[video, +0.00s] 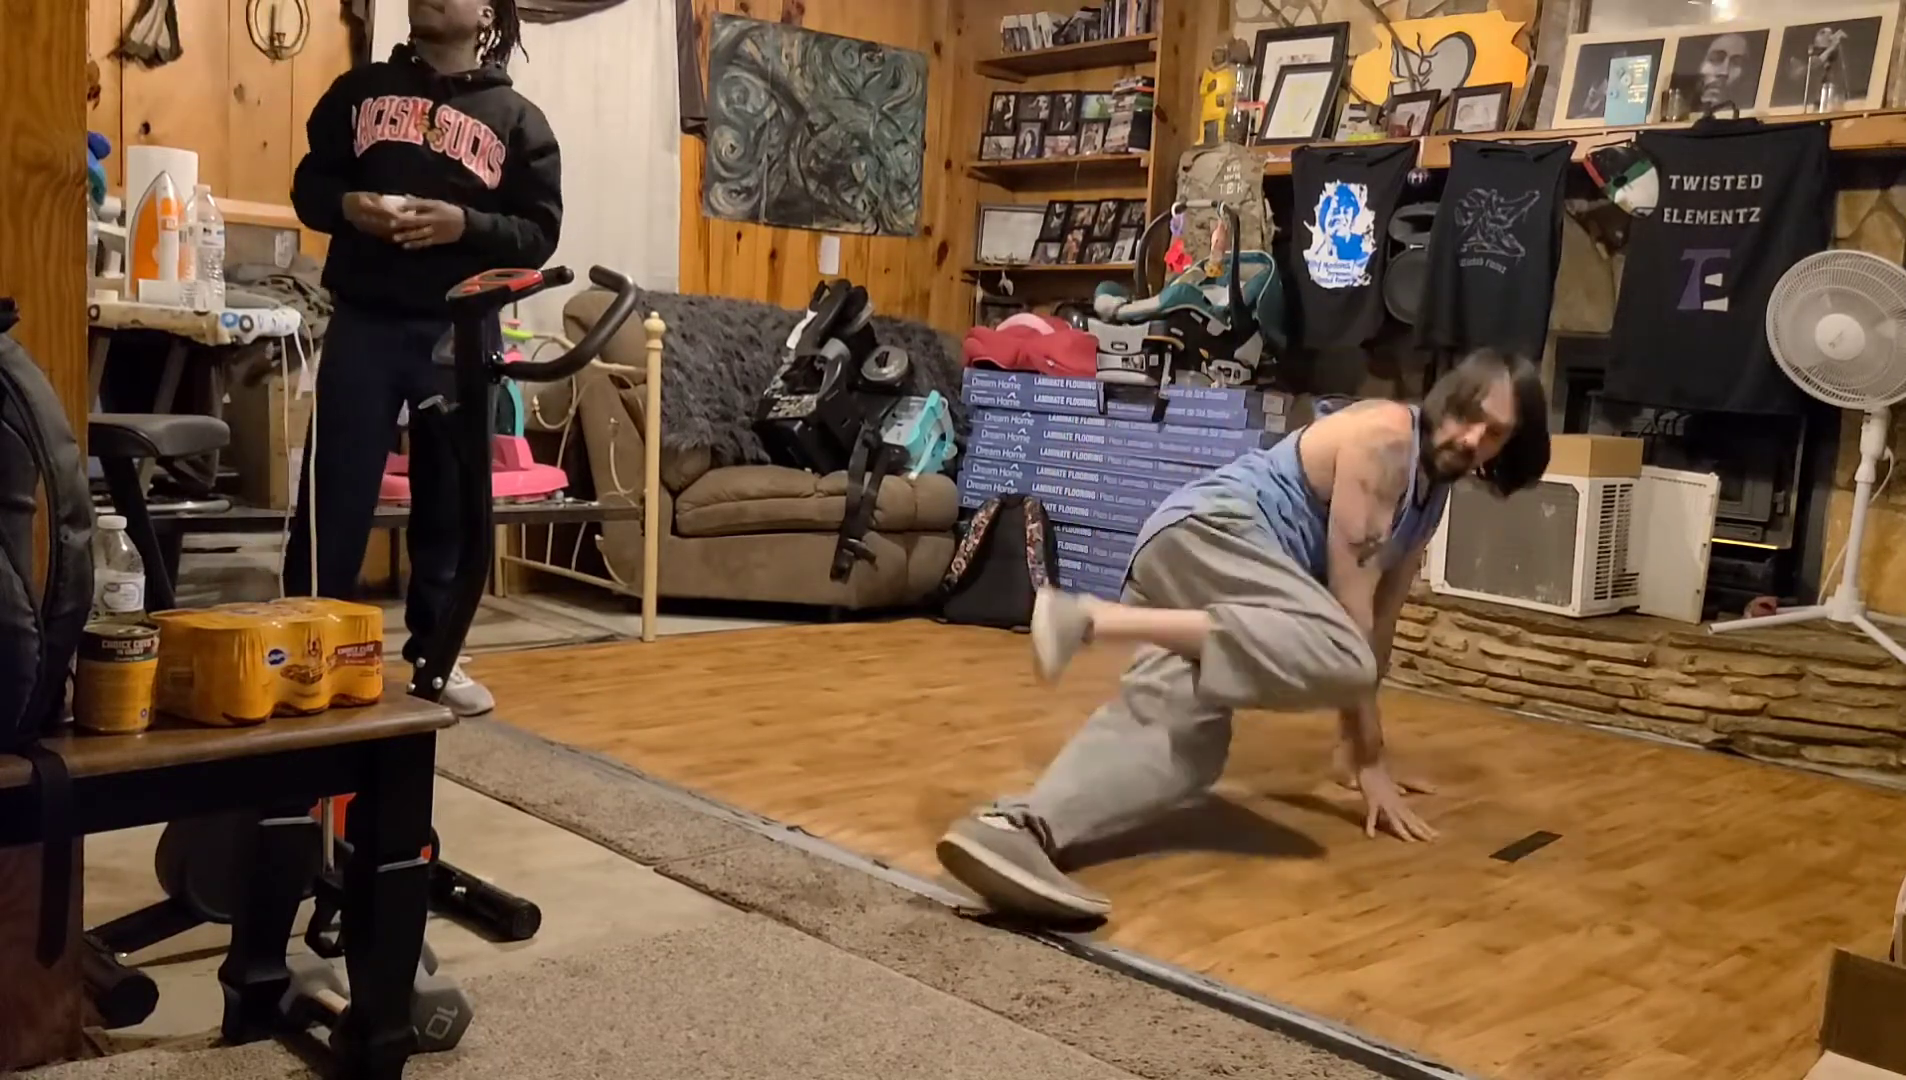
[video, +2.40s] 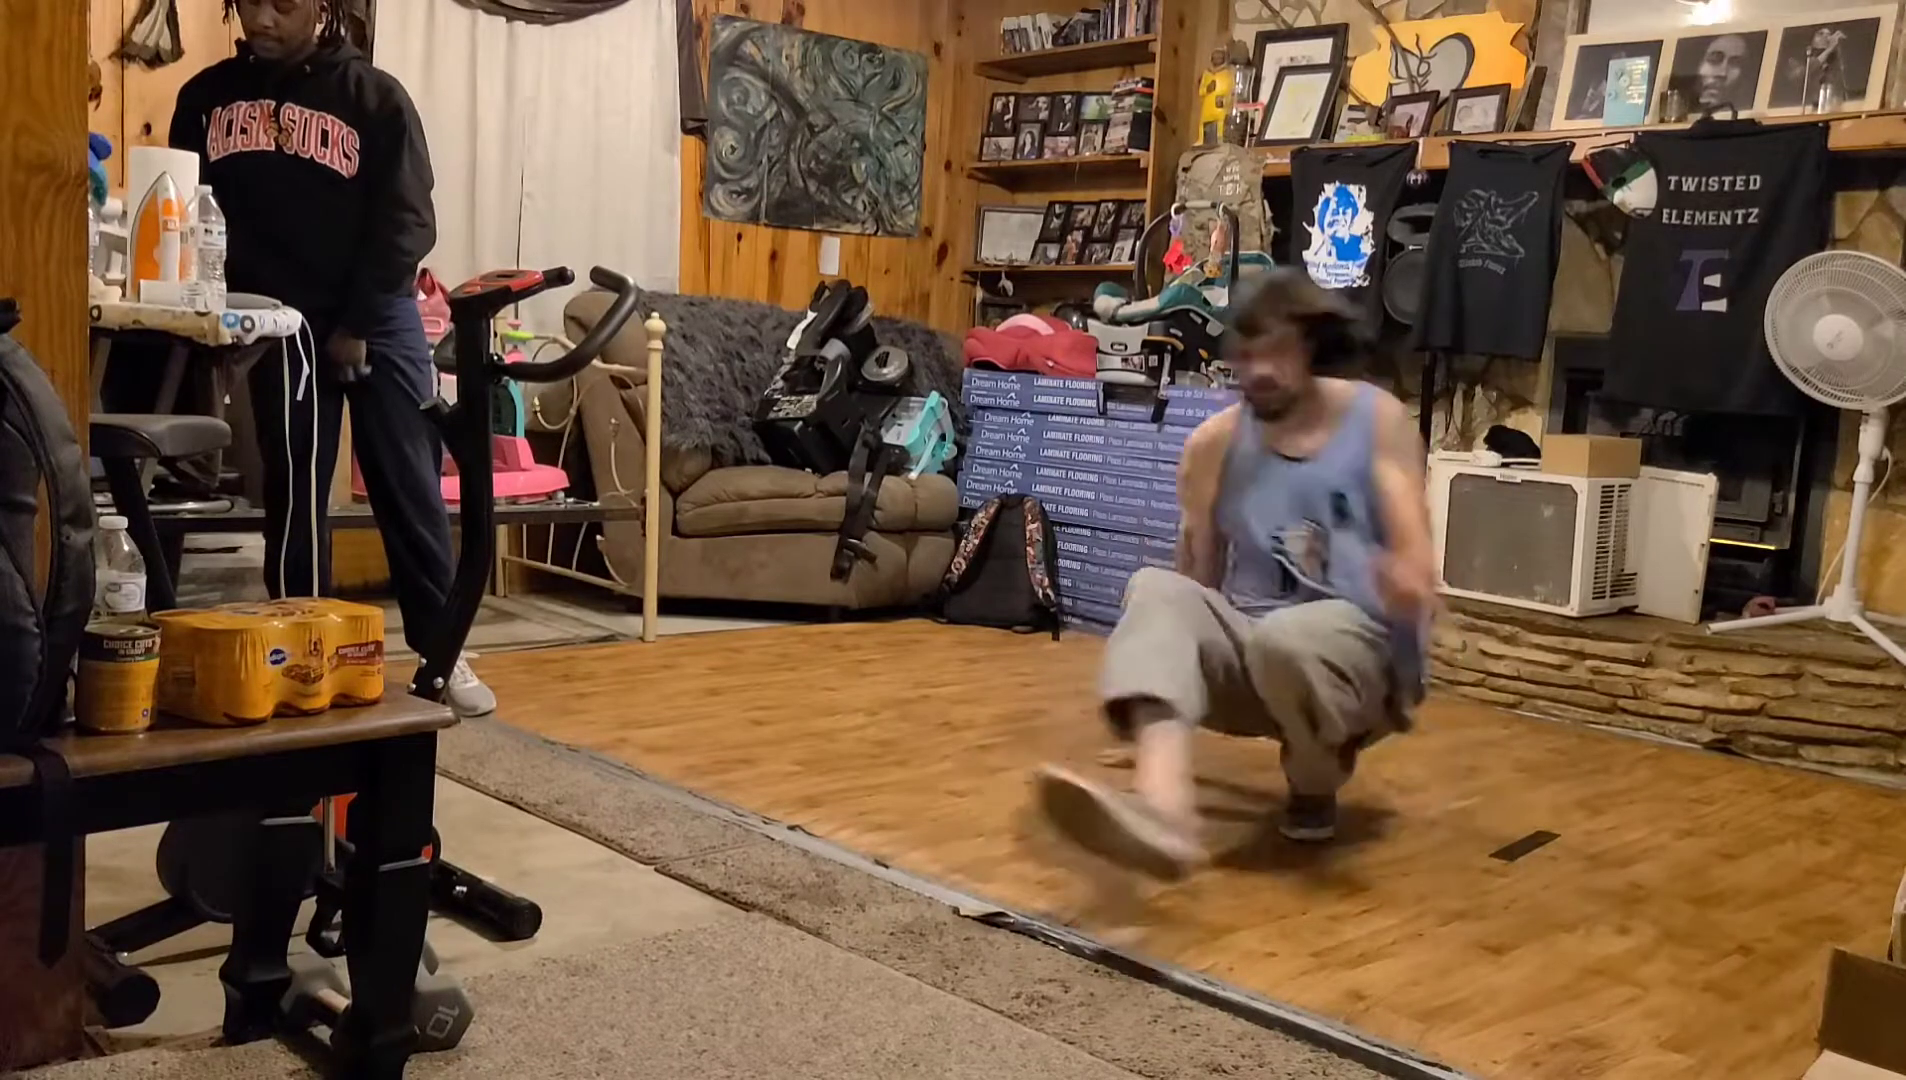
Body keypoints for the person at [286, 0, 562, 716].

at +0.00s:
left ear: (488, 15)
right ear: (413, 8)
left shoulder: (519, 121)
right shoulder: (360, 89)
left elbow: (540, 235)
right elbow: (309, 190)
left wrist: (465, 224)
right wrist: (351, 206)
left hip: (460, 332)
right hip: (364, 324)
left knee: (451, 501)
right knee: (336, 494)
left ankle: (435, 660)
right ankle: (310, 656)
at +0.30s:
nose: (372, 2)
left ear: (435, 10)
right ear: (353, 9)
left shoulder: (472, 114)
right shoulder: (312, 93)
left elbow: (491, 242)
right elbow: (290, 193)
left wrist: (434, 320)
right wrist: (259, 211)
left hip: (428, 334)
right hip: (331, 329)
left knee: (437, 501)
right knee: (324, 497)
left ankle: (436, 658)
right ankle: (309, 656)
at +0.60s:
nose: (308, 7)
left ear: (371, 11)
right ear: (290, 8)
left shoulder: (419, 102)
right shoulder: (255, 96)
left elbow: (448, 231)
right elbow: (221, 212)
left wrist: (407, 330)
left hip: (406, 327)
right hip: (302, 327)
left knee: (431, 492)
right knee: (306, 496)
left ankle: (437, 659)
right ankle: (301, 659)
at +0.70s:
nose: (292, 4)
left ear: (350, 5)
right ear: (264, 6)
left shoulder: (403, 95)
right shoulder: (236, 101)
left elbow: (439, 223)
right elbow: (202, 220)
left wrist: (395, 323)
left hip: (400, 318)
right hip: (296, 323)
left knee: (434, 486)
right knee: (305, 495)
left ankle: (443, 655)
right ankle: (301, 659)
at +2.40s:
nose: (258, 17)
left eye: (278, 4)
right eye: (249, 3)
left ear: (320, 11)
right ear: (236, 8)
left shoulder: (373, 97)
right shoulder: (206, 97)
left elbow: (406, 226)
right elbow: (177, 215)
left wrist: (357, 322)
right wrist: (208, 316)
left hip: (376, 309)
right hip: (275, 314)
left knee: (409, 482)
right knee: (292, 488)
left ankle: (442, 653)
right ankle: (298, 650)